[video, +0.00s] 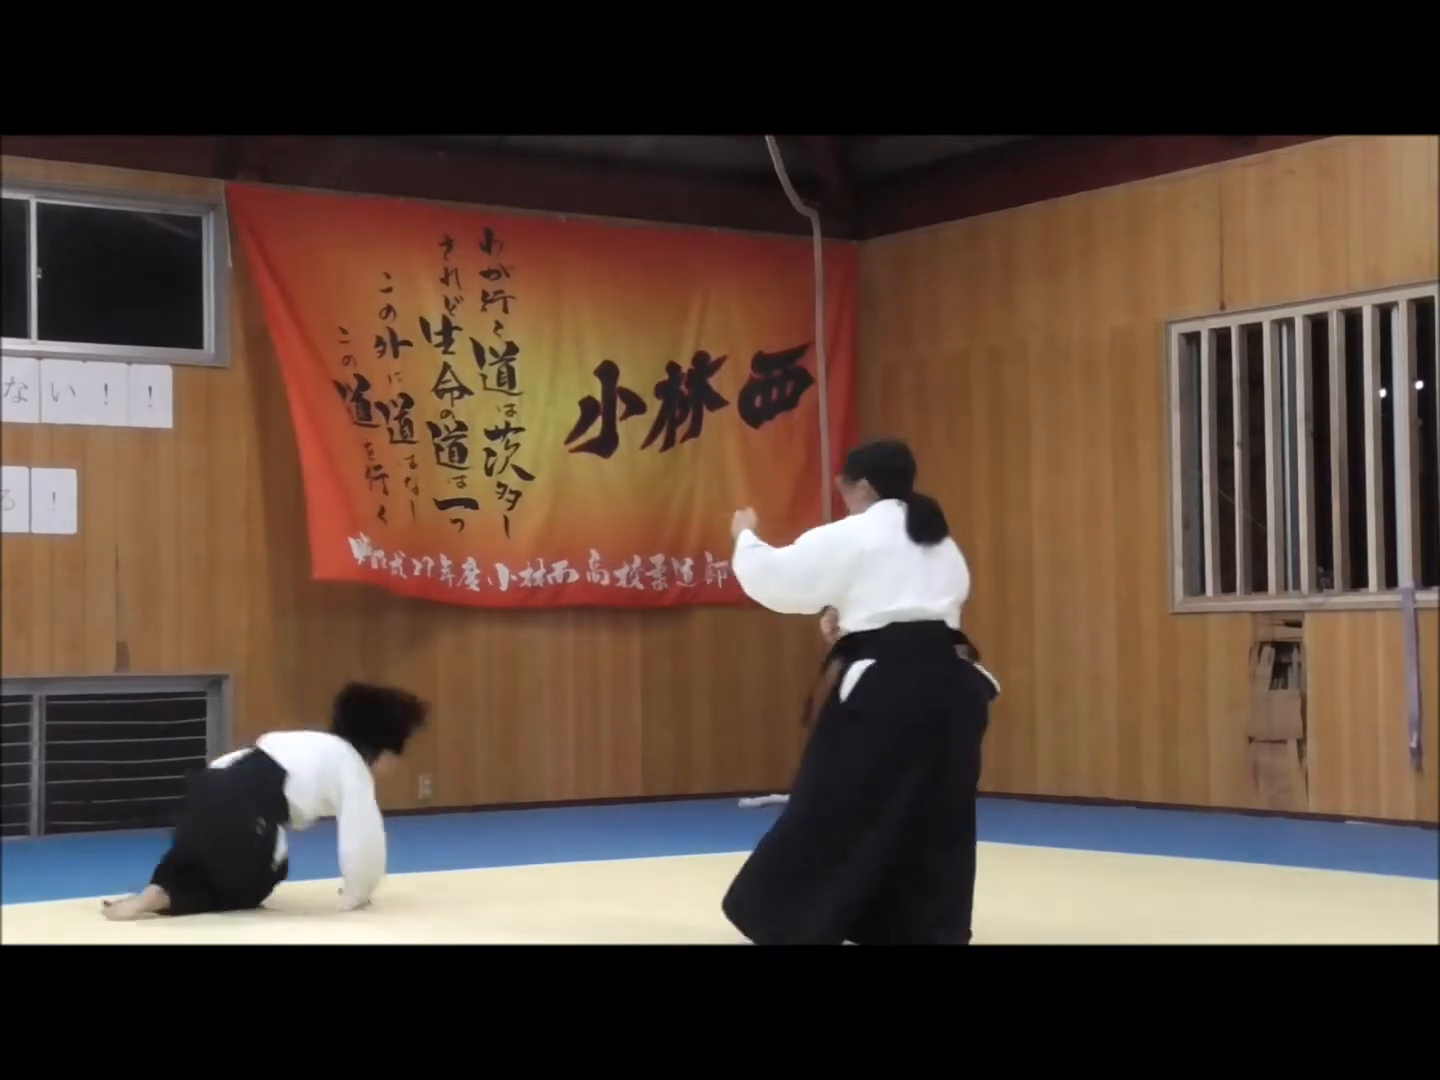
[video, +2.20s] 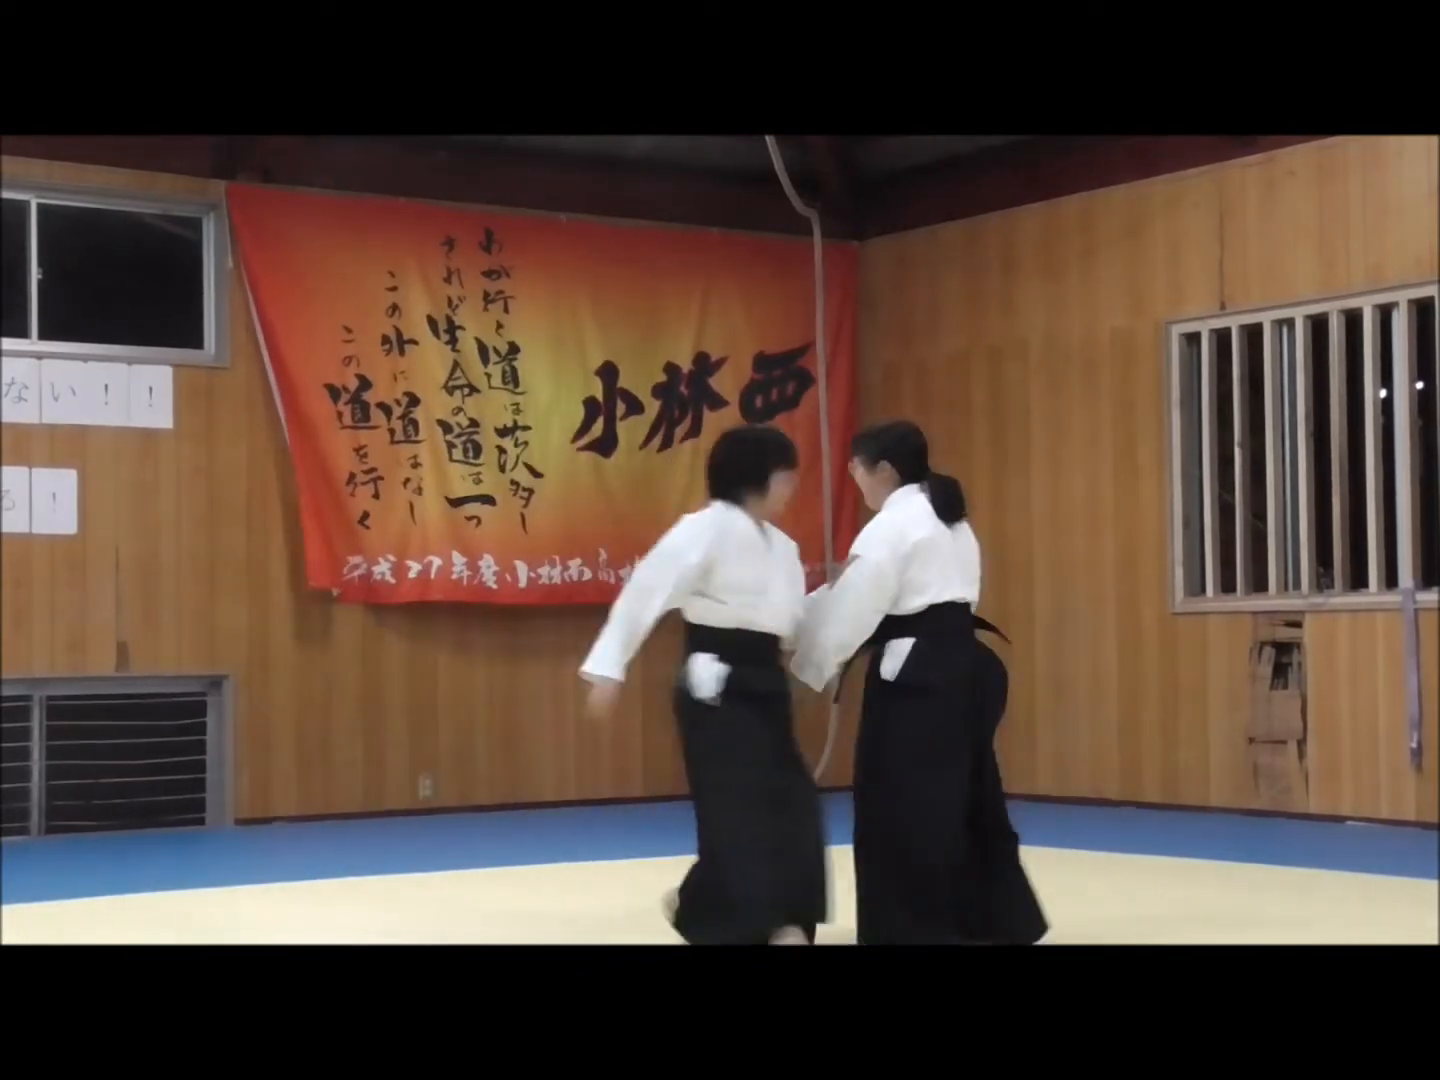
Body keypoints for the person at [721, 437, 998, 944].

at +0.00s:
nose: (843, 498)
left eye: (845, 488)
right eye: (844, 489)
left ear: (863, 487)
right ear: (903, 486)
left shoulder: (851, 536)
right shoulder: (939, 538)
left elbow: (776, 578)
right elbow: (935, 603)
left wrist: (746, 539)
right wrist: (852, 621)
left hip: (883, 685)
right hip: (958, 684)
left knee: (839, 805)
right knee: (939, 816)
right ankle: (932, 929)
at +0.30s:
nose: (891, 471)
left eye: (892, 461)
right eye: (890, 461)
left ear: (912, 461)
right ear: (949, 459)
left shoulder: (902, 519)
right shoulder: (993, 517)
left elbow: (859, 591)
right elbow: (1010, 594)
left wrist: (808, 585)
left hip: (935, 664)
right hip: (1008, 663)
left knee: (894, 793)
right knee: (978, 802)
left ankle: (880, 925)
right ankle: (959, 929)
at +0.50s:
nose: (911, 466)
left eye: (913, 456)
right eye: (910, 457)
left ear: (935, 455)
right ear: (974, 453)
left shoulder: (926, 521)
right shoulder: (1017, 510)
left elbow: (892, 606)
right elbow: (1042, 595)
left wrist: (845, 634)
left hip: (971, 667)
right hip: (1039, 661)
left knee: (938, 803)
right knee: (1013, 804)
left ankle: (942, 926)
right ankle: (1046, 920)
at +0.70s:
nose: (930, 450)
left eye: (934, 439)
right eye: (931, 439)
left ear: (956, 441)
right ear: (993, 438)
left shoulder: (956, 508)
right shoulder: (1040, 495)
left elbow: (937, 608)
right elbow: (1066, 578)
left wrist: (897, 669)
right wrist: (1073, 640)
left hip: (997, 662)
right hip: (1065, 654)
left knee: (985, 807)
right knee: (1053, 803)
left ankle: (989, 929)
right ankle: (1053, 927)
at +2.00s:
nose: (897, 477)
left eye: (899, 467)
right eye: (897, 467)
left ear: (917, 469)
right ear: (956, 466)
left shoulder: (903, 533)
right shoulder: (1004, 526)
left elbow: (865, 613)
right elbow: (1021, 608)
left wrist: (831, 685)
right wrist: (1034, 668)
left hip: (935, 675)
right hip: (1009, 669)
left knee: (934, 802)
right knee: (1029, 791)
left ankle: (940, 927)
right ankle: (1069, 907)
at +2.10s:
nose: (875, 478)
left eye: (878, 468)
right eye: (875, 468)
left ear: (898, 469)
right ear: (934, 466)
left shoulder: (889, 532)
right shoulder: (980, 525)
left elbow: (853, 613)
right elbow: (987, 606)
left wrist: (812, 678)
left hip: (922, 673)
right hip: (990, 666)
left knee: (910, 798)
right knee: (984, 785)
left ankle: (920, 927)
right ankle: (1008, 913)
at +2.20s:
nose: (856, 483)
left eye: (859, 472)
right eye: (855, 472)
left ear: (884, 470)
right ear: (906, 469)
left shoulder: (888, 529)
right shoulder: (952, 517)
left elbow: (850, 610)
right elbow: (944, 599)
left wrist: (812, 660)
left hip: (910, 673)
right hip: (963, 668)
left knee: (898, 801)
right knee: (959, 799)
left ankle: (909, 926)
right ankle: (985, 922)